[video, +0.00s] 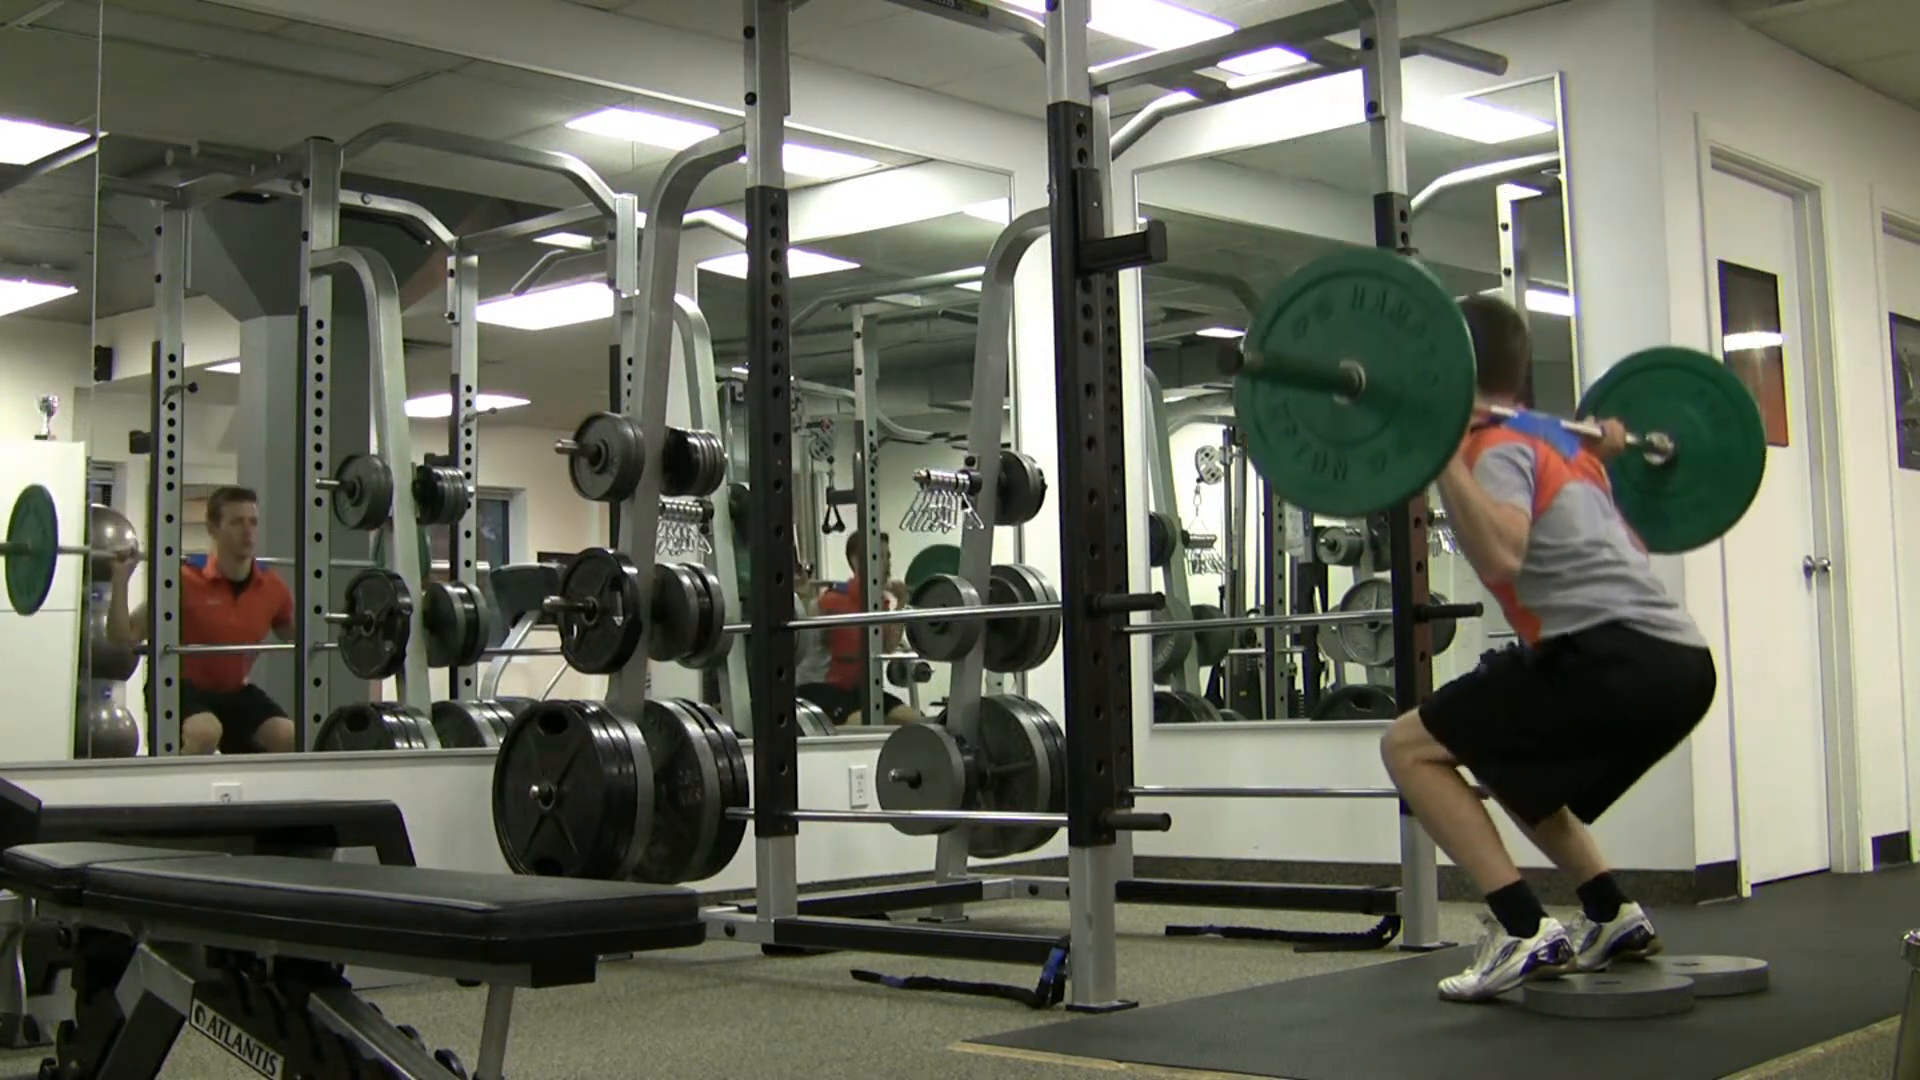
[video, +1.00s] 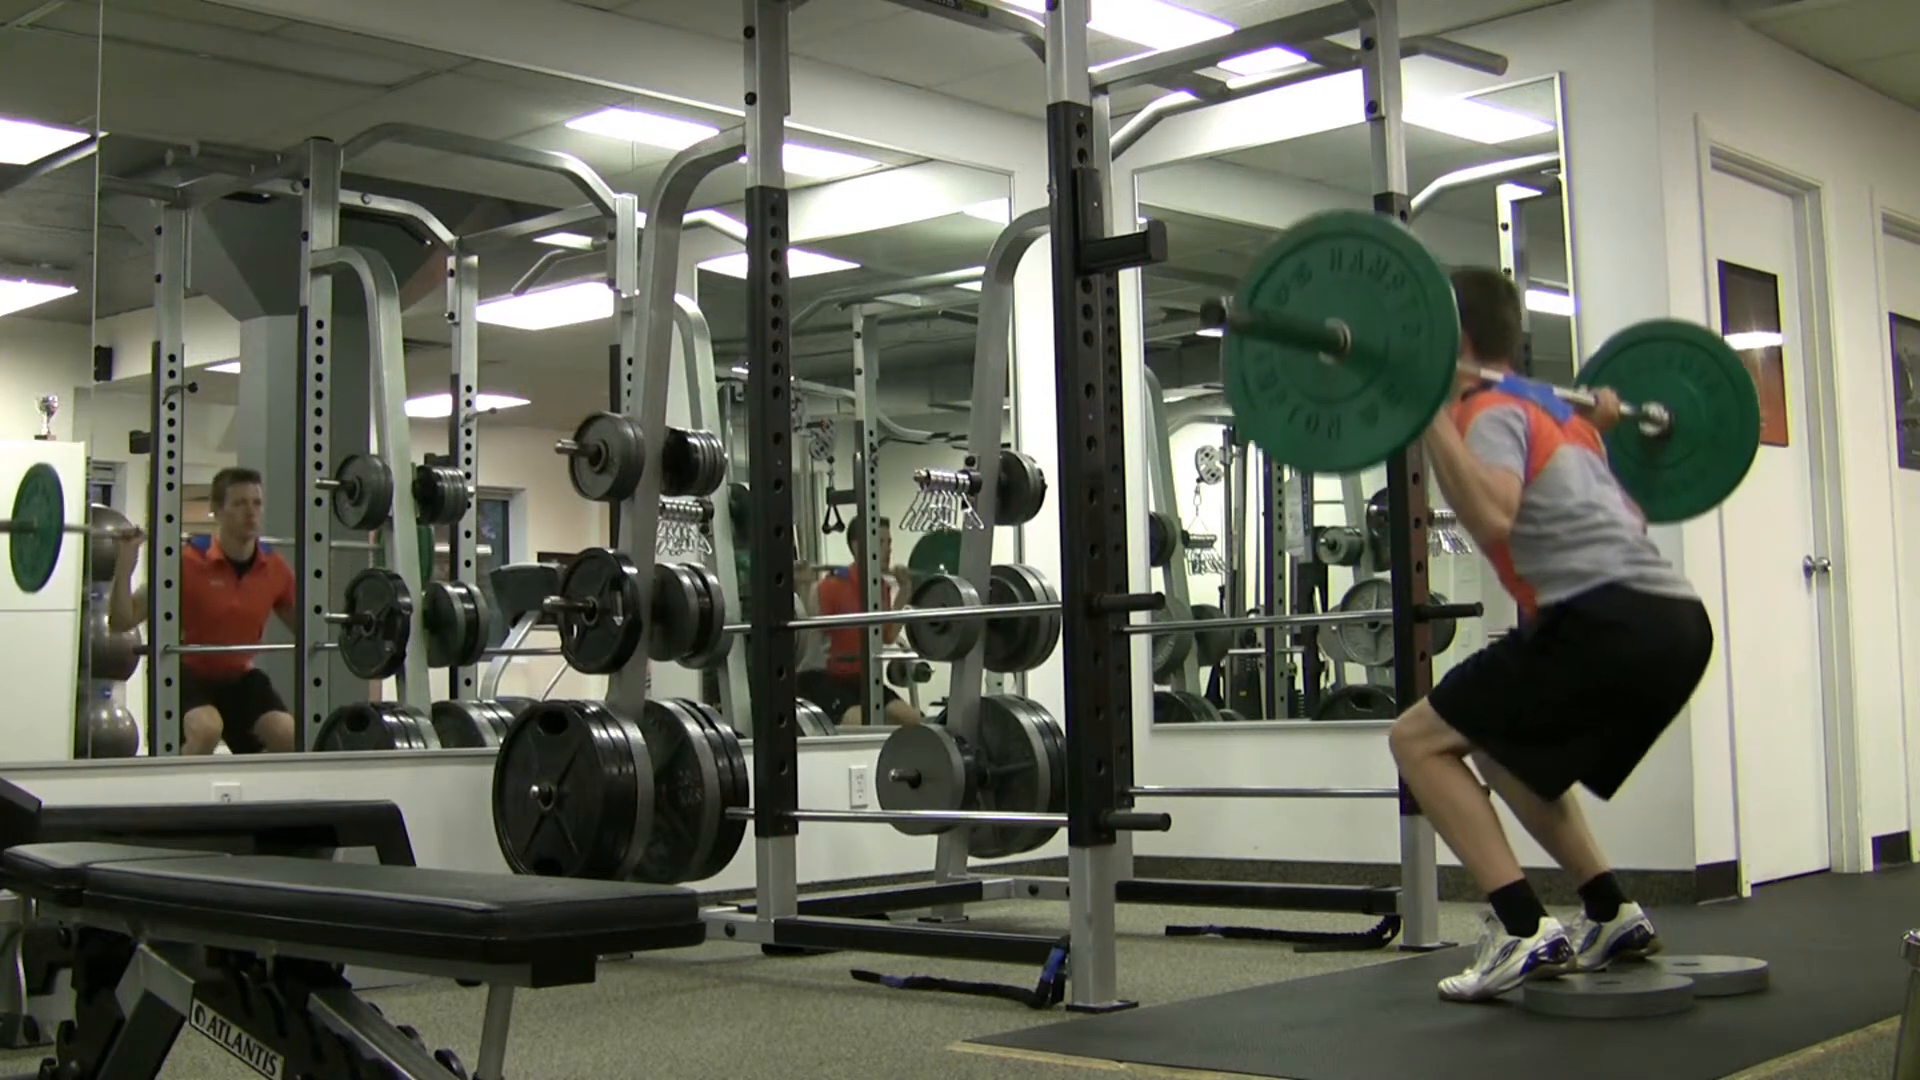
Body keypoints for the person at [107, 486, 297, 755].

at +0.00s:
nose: (248, 531)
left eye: (253, 522)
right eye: (237, 523)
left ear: (259, 526)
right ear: (213, 528)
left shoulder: (272, 588)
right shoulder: (183, 579)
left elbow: (302, 647)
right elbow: (124, 639)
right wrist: (120, 579)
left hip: (235, 693)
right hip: (181, 689)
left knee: (287, 737)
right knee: (205, 732)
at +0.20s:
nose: (249, 551)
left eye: (255, 542)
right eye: (239, 542)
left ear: (261, 546)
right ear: (214, 549)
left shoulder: (272, 605)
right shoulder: (183, 599)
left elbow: (303, 663)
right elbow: (121, 664)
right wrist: (122, 594)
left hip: (236, 705)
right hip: (183, 703)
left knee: (286, 738)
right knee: (204, 734)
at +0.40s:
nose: (250, 564)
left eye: (256, 555)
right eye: (240, 555)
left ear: (263, 560)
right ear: (215, 560)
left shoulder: (273, 617)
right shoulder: (185, 611)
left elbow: (306, 678)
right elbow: (121, 673)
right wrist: (123, 608)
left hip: (240, 715)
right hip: (186, 712)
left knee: (289, 740)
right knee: (205, 735)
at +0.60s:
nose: (251, 562)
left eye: (257, 553)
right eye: (241, 553)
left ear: (264, 557)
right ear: (216, 559)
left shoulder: (273, 614)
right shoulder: (185, 609)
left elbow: (306, 677)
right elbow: (120, 670)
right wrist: (124, 603)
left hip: (240, 714)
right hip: (185, 711)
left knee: (289, 739)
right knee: (207, 735)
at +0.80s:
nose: (251, 541)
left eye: (257, 532)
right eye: (240, 533)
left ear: (264, 537)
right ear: (216, 539)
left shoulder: (275, 595)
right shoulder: (185, 589)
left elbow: (304, 650)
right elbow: (120, 652)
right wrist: (125, 584)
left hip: (242, 698)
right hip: (189, 695)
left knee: (288, 736)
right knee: (209, 734)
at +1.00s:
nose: (251, 513)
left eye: (257, 503)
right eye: (239, 504)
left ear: (264, 508)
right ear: (216, 511)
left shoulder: (274, 568)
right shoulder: (185, 562)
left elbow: (309, 631)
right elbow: (121, 621)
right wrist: (126, 561)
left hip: (240, 678)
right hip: (187, 675)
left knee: (285, 733)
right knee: (207, 729)